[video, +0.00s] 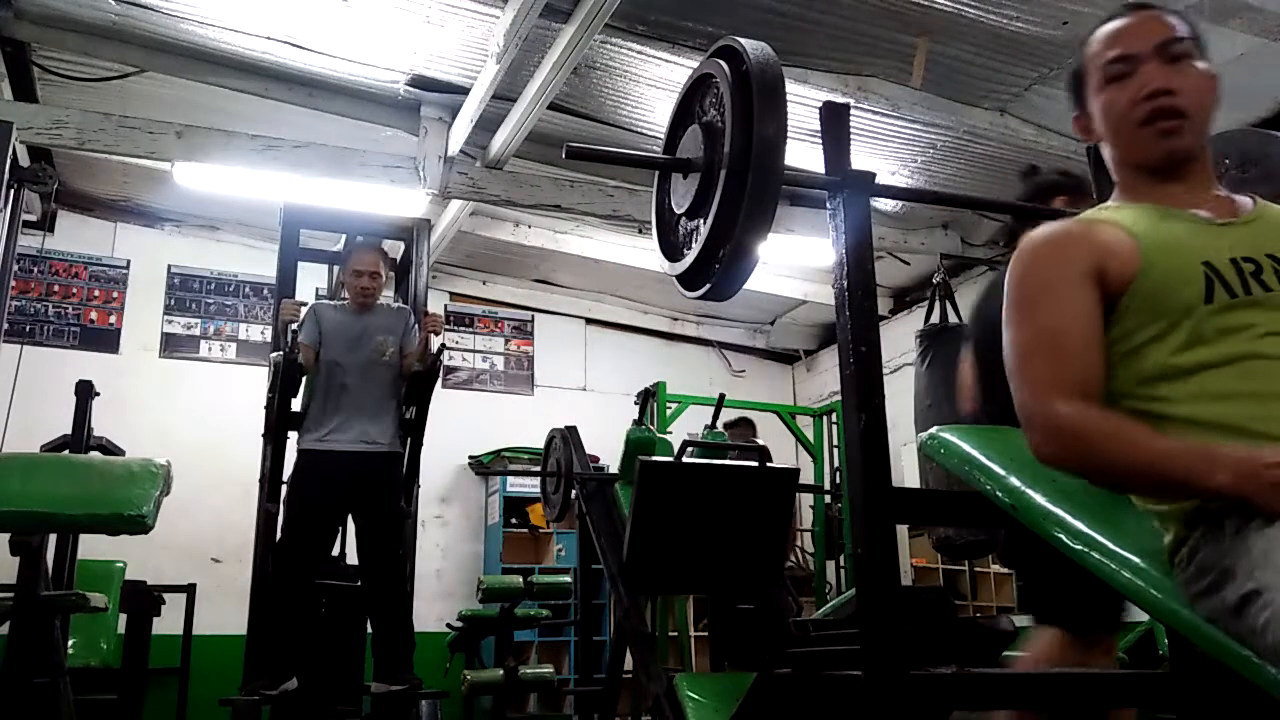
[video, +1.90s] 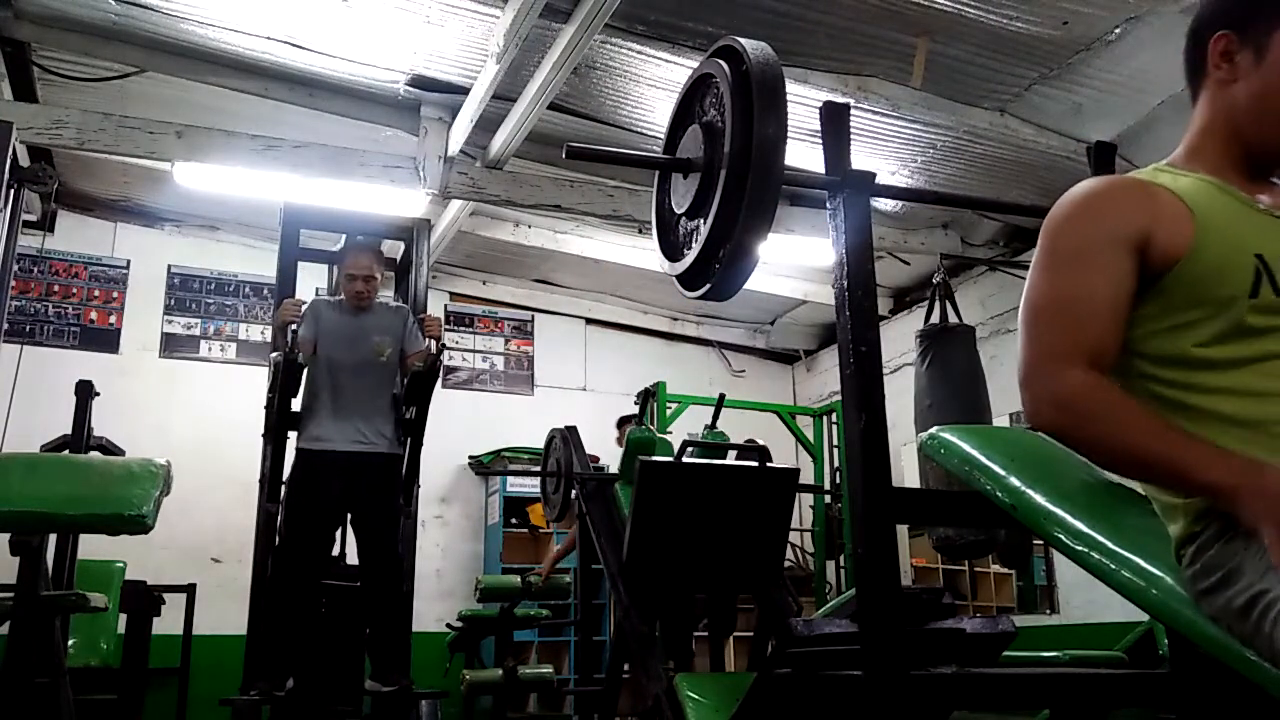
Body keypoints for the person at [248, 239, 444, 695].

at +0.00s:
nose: (366, 283)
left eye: (374, 276)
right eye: (358, 274)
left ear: (385, 279)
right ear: (343, 275)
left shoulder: (401, 317)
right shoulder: (320, 312)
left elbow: (414, 375)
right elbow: (303, 365)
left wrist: (429, 344)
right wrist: (289, 332)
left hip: (379, 458)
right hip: (320, 454)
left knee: (386, 573)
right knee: (296, 566)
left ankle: (394, 675)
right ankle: (282, 671)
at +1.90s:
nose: (361, 286)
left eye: (369, 278)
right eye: (353, 278)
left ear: (382, 279)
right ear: (339, 277)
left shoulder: (400, 316)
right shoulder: (318, 312)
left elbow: (418, 381)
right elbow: (293, 365)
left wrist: (432, 348)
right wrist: (282, 330)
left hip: (378, 456)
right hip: (319, 453)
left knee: (383, 570)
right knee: (296, 564)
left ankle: (386, 671)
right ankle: (282, 671)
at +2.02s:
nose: (358, 289)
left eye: (367, 281)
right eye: (351, 280)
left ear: (379, 282)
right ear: (338, 278)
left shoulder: (395, 318)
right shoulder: (315, 314)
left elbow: (415, 375)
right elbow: (286, 356)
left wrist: (430, 348)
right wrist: (280, 327)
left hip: (378, 459)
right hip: (319, 456)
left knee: (384, 572)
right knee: (299, 566)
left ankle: (386, 672)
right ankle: (282, 672)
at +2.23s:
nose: (350, 292)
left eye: (358, 284)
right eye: (342, 283)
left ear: (375, 281)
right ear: (332, 278)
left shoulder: (394, 318)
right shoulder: (314, 315)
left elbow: (415, 373)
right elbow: (286, 356)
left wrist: (429, 348)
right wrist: (280, 327)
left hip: (376, 458)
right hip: (317, 456)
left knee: (382, 571)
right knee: (298, 566)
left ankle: (385, 671)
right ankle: (282, 672)